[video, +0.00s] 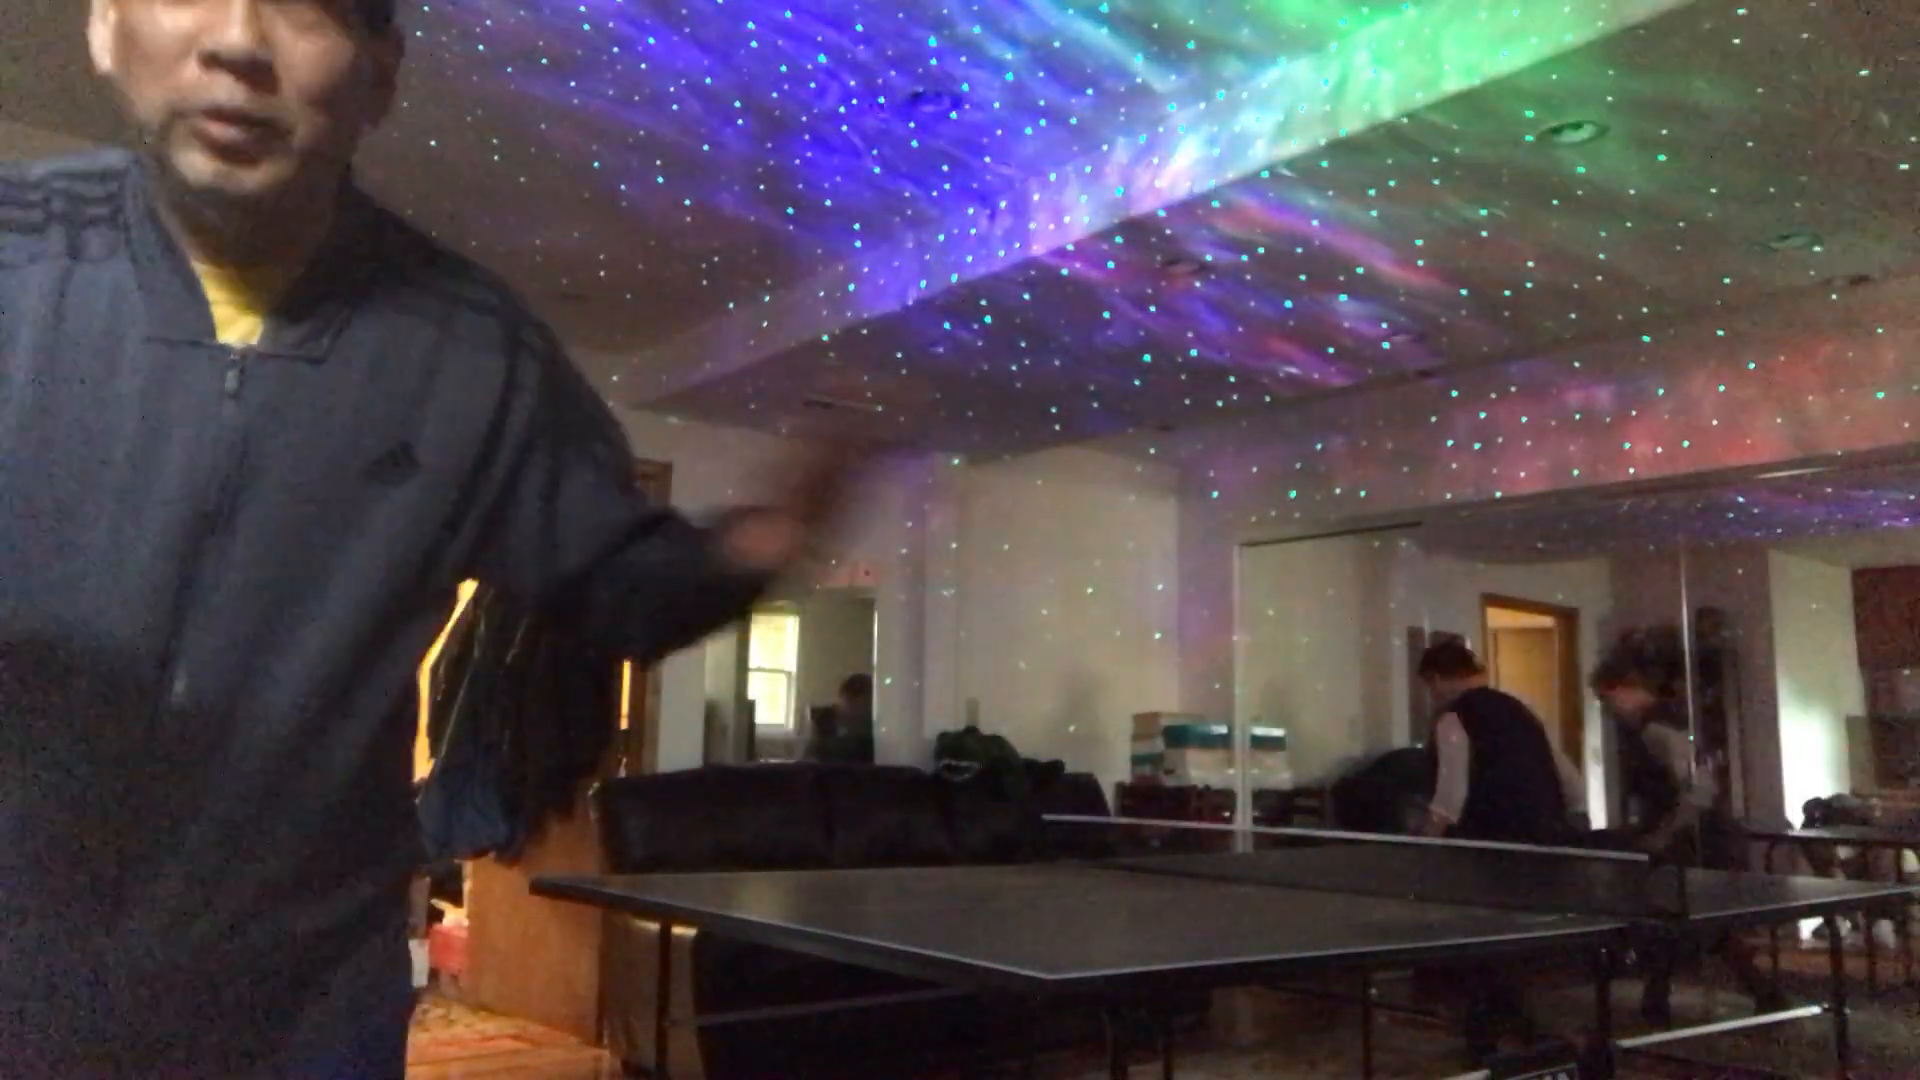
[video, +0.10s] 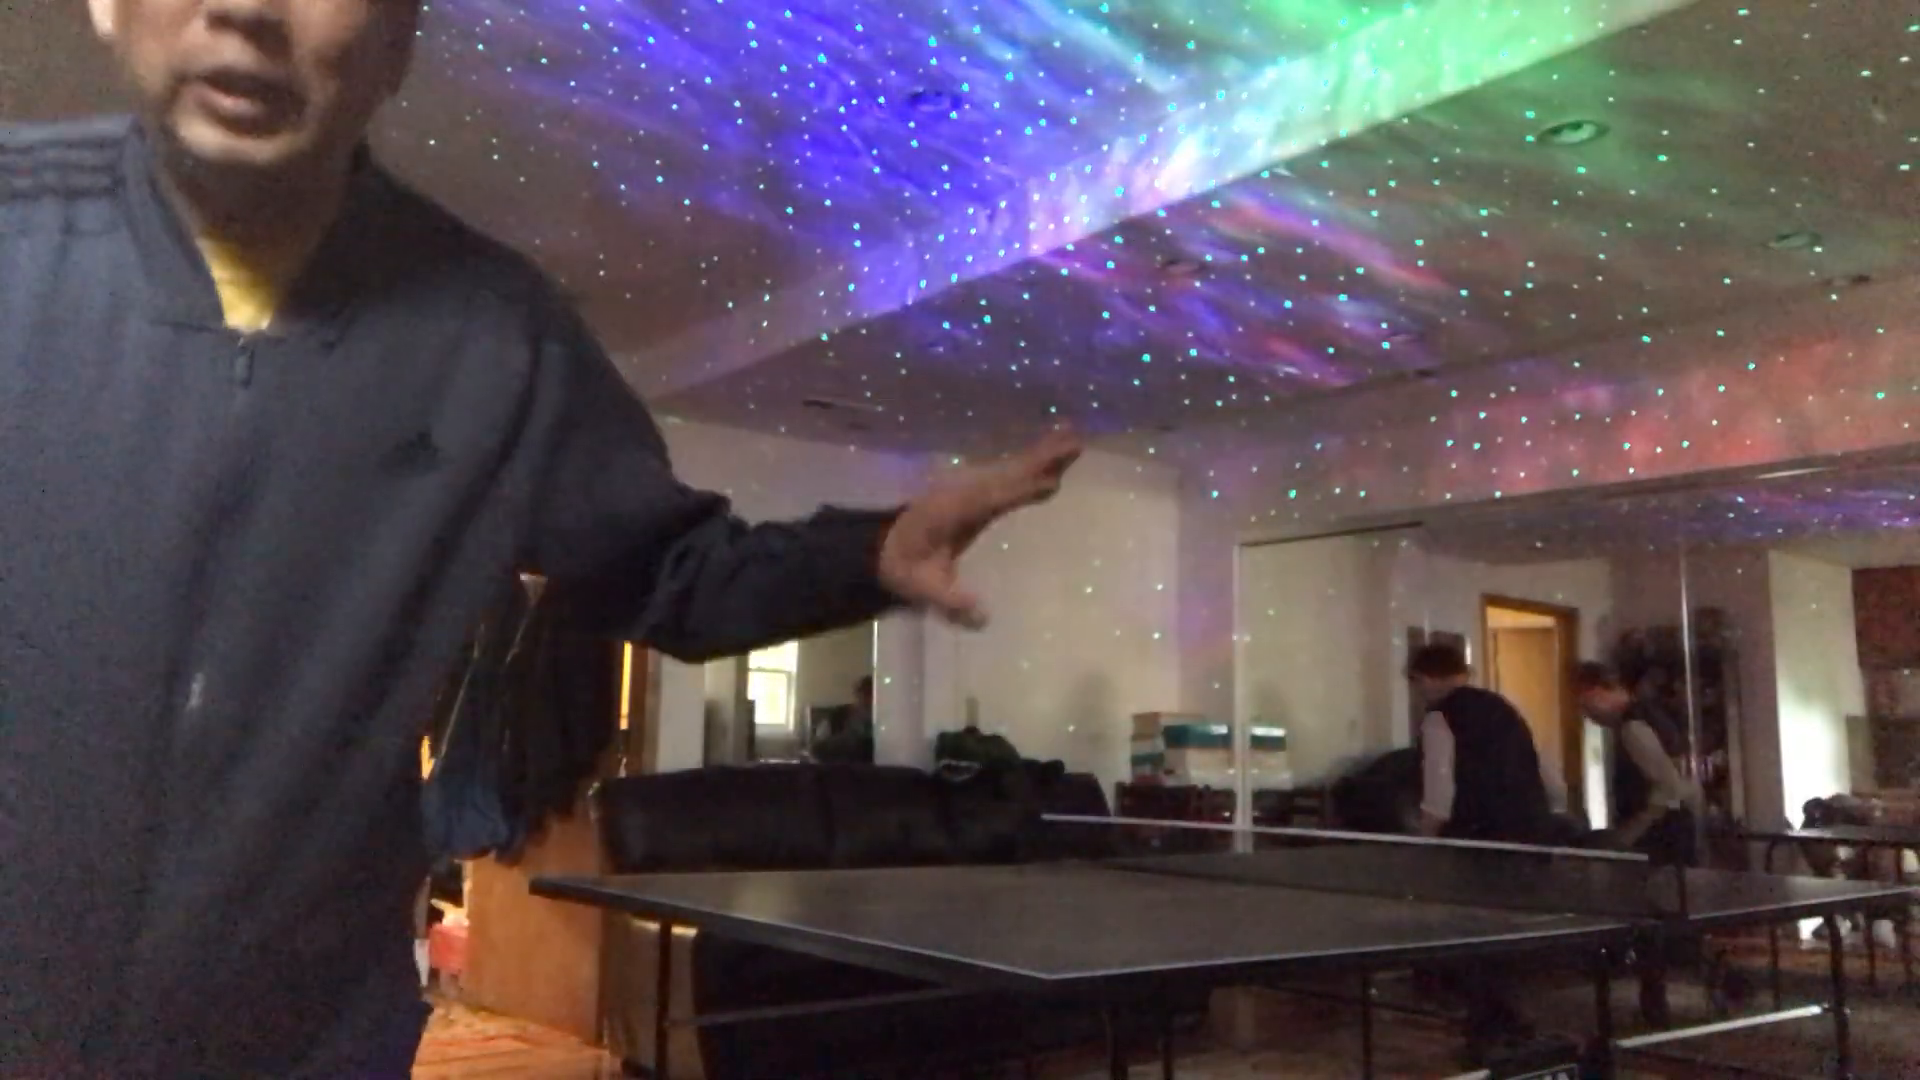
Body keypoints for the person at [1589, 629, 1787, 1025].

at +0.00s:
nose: (1615, 708)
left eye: (1616, 696)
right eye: (1610, 699)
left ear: (1635, 688)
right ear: (1623, 695)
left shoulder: (1660, 732)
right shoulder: (1643, 732)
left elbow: (1697, 792)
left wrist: (1658, 837)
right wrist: (1638, 830)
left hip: (1684, 838)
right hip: (1670, 838)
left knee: (1663, 921)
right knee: (1712, 922)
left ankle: (1656, 999)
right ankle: (1761, 988)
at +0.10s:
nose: (1587, 712)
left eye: (1587, 702)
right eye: (1584, 704)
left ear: (1604, 692)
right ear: (1602, 693)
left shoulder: (1633, 730)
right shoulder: (1632, 724)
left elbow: (1668, 789)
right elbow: (1669, 786)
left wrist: (1626, 835)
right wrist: (1628, 831)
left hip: (1658, 844)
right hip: (1655, 843)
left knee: (1652, 927)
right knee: (1654, 927)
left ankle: (1653, 1006)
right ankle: (1651, 1005)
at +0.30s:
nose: (1546, 710)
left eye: (1546, 699)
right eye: (1542, 701)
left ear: (1565, 690)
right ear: (1567, 689)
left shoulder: (1596, 723)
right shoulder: (1588, 721)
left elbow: (1633, 782)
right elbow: (1619, 781)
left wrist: (1584, 819)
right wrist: (1577, 815)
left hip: (1622, 842)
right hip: (1613, 841)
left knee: (1614, 934)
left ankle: (1607, 1021)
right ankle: (1653, 1009)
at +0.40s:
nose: (1529, 715)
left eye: (1528, 704)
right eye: (1525, 706)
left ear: (1543, 692)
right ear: (1551, 688)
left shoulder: (1579, 724)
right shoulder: (1579, 719)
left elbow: (1616, 781)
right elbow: (1600, 781)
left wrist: (1569, 815)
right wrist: (1559, 811)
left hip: (1604, 844)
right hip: (1613, 841)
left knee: (1590, 929)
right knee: (1633, 925)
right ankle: (1652, 1007)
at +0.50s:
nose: (1511, 716)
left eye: (1510, 705)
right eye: (1507, 707)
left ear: (1527, 696)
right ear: (1537, 692)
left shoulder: (1562, 726)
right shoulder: (1558, 724)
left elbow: (1600, 781)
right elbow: (1579, 782)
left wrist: (1552, 815)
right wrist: (1544, 813)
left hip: (1592, 841)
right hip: (1584, 840)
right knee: (1618, 921)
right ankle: (1649, 1000)